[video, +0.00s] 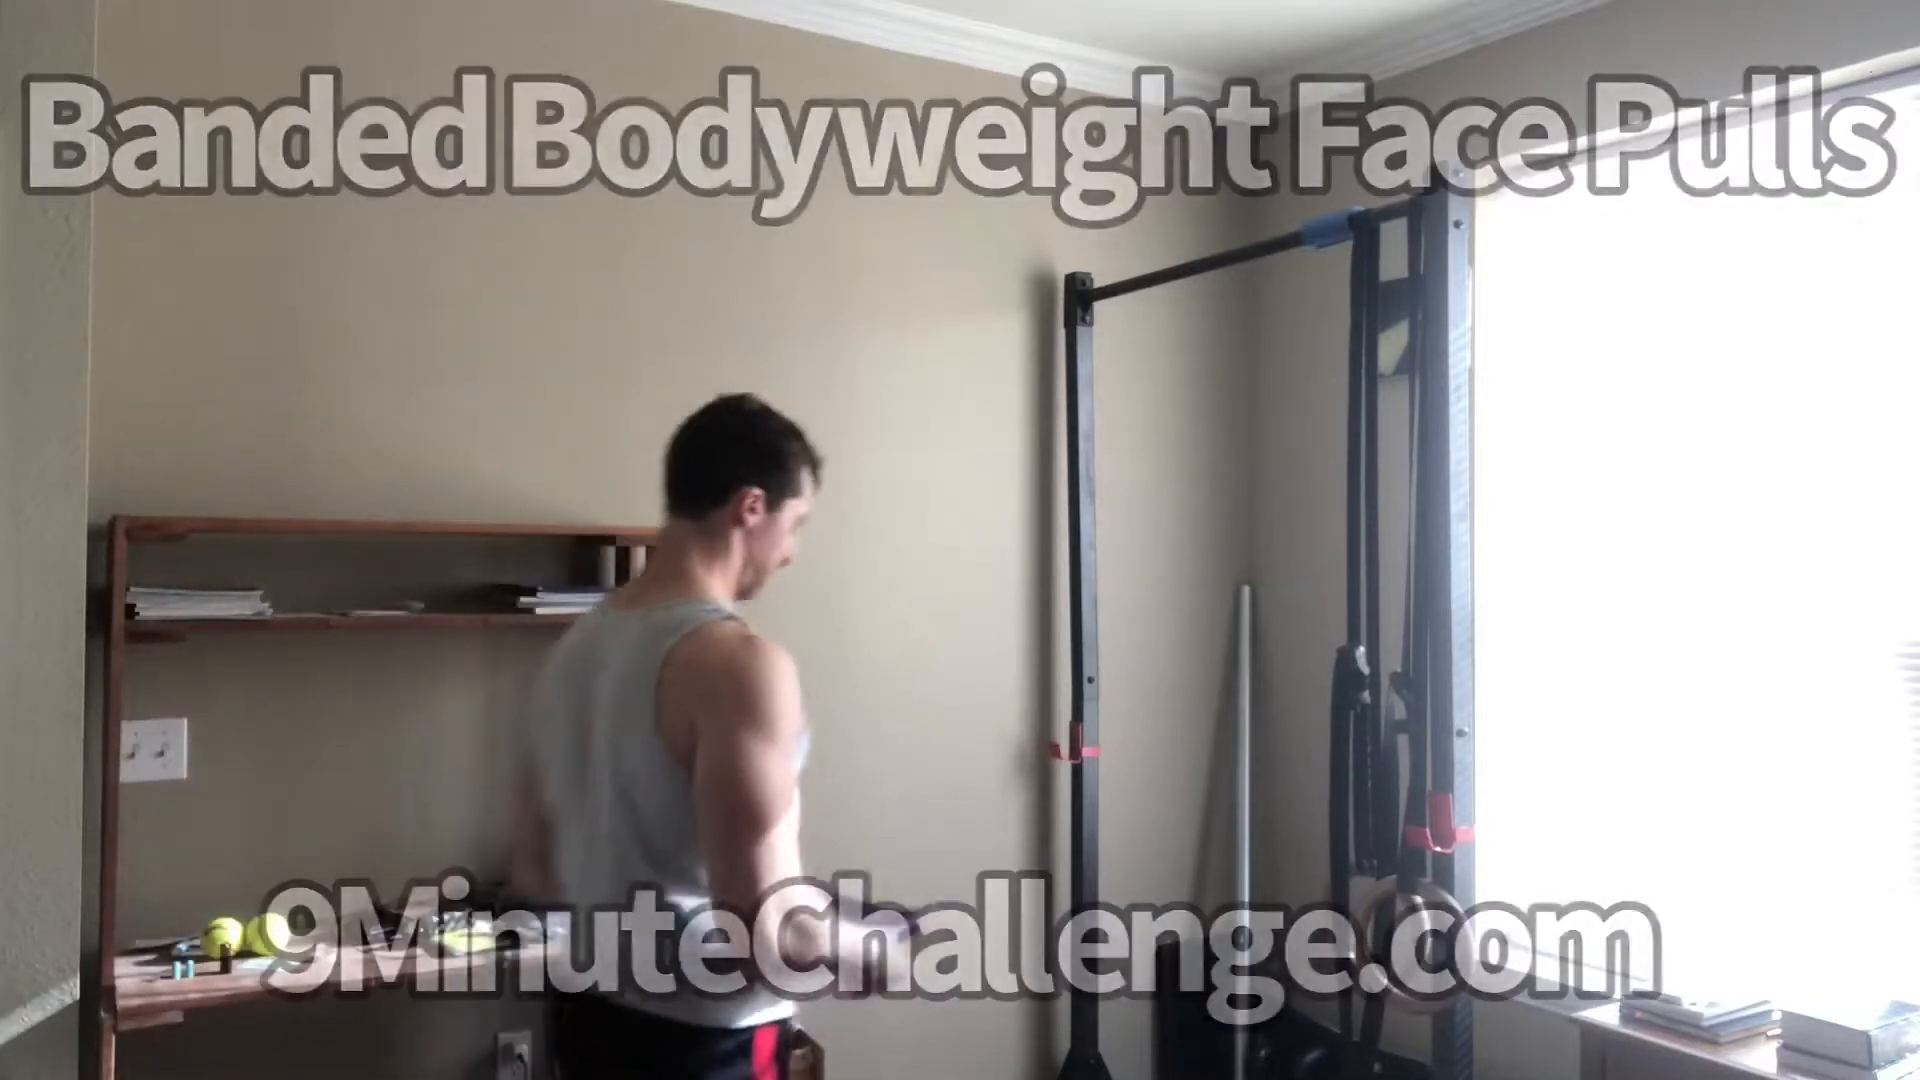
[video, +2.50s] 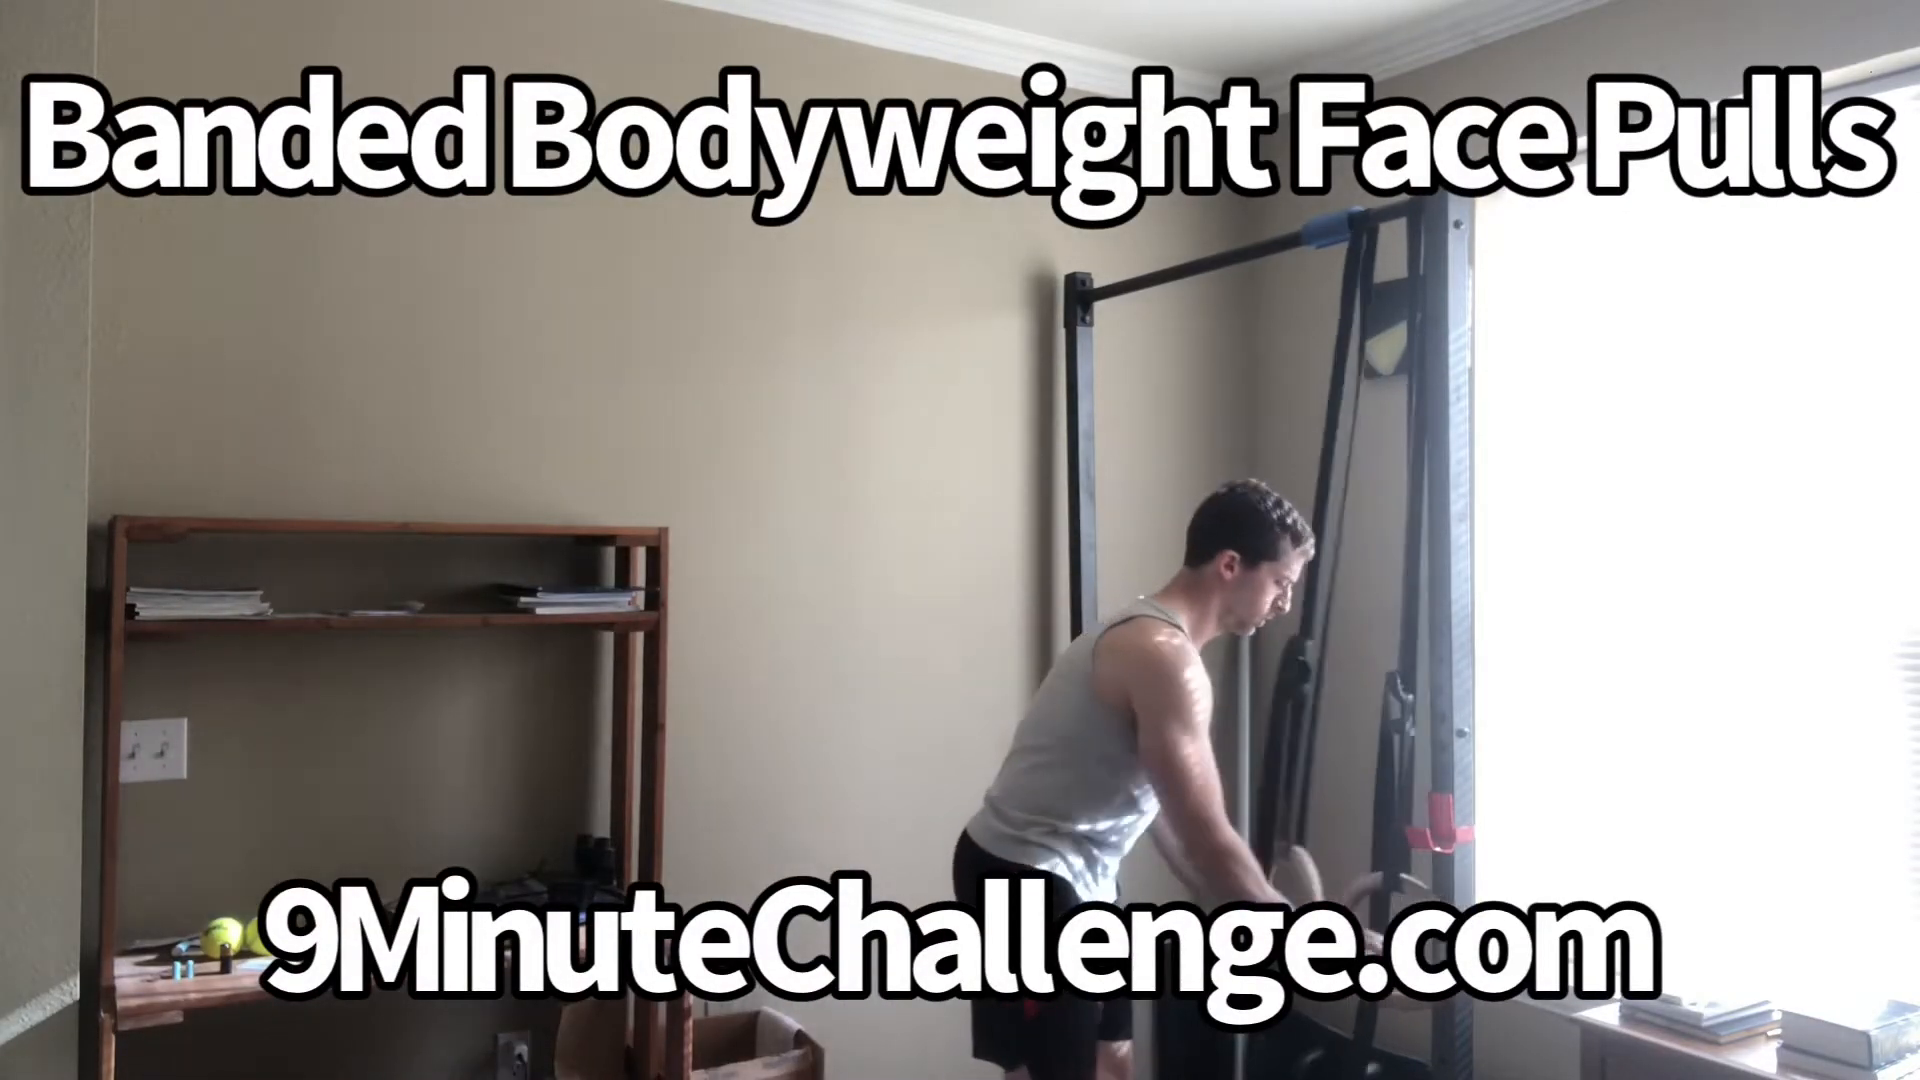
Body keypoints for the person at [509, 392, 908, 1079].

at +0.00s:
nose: (789, 554)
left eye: (798, 529)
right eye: (793, 526)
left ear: (676, 496)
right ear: (749, 510)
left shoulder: (576, 647)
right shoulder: (739, 666)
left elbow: (537, 868)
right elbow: (769, 929)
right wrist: (882, 950)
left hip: (587, 1025)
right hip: (706, 1041)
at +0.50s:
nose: (943, 539)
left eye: (948, 518)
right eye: (940, 515)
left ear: (880, 510)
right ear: (884, 508)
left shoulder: (800, 616)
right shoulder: (839, 641)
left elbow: (851, 811)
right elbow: (850, 856)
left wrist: (976, 798)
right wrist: (987, 828)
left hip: (798, 976)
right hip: (855, 987)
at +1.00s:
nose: (1071, 539)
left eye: (1075, 519)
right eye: (1067, 516)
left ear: (1009, 509)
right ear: (1012, 507)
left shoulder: (944, 609)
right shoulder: (972, 641)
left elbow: (1019, 779)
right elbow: (1040, 840)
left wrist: (1118, 749)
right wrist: (1147, 771)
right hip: (993, 960)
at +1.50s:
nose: (1151, 545)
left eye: (1156, 527)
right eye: (1148, 524)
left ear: (1098, 518)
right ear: (1095, 514)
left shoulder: (1090, 626)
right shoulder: (1014, 631)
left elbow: (1119, 775)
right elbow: (1059, 817)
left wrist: (1230, 819)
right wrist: (1208, 817)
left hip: (1100, 912)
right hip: (1040, 922)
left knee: (1116, 1065)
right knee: (1063, 1069)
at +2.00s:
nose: (1266, 589)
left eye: (1272, 572)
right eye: (1261, 568)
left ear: (1210, 556)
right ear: (1210, 552)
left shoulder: (1178, 665)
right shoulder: (1120, 634)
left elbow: (1213, 813)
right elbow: (1131, 812)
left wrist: (1295, 886)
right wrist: (1241, 885)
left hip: (1089, 881)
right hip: (1017, 876)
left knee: (1120, 1065)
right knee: (1038, 1067)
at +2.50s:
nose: (1285, 604)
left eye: (1290, 587)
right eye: (1282, 583)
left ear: (1227, 568)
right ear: (1229, 566)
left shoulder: (1142, 634)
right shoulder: (1164, 657)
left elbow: (1172, 832)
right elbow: (1209, 841)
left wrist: (1253, 923)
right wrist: (1300, 933)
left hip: (1077, 874)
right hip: (1031, 875)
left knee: (1112, 1061)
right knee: (1054, 1067)